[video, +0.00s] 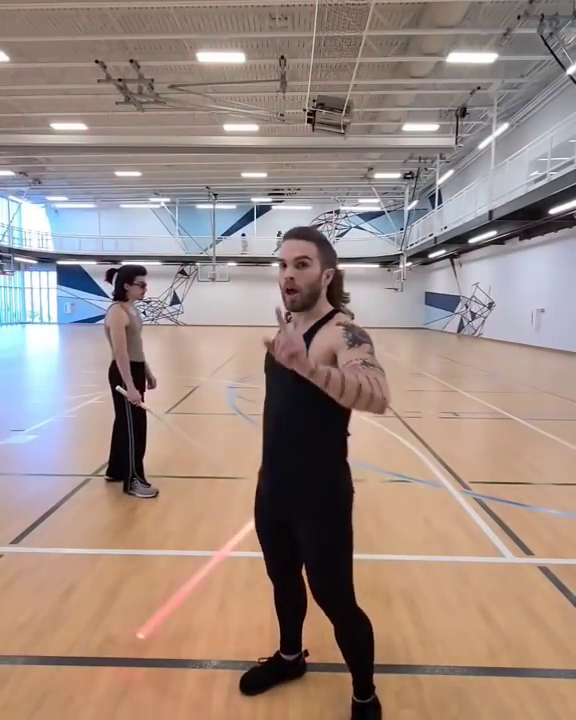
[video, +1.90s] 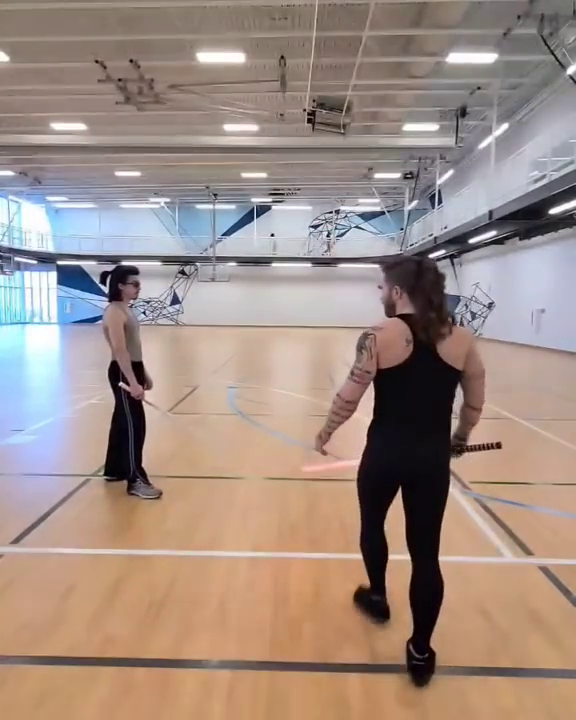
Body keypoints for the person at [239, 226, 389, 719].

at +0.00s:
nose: (288, 275)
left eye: (301, 265)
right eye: (282, 266)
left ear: (328, 275)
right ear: (277, 275)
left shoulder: (344, 333)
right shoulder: (286, 332)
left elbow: (377, 394)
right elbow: (280, 415)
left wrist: (307, 368)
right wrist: (268, 477)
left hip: (321, 491)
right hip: (275, 485)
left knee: (336, 599)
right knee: (283, 576)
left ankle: (364, 696)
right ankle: (290, 655)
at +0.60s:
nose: (281, 282)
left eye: (293, 273)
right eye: (275, 272)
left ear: (318, 279)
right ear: (268, 276)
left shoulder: (329, 335)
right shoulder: (283, 332)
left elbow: (347, 397)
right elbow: (278, 410)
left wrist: (308, 435)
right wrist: (258, 459)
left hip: (309, 484)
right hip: (272, 478)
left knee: (306, 602)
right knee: (282, 576)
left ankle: (363, 691)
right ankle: (290, 655)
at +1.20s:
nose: (344, 287)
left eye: (358, 277)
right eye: (335, 275)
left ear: (381, 281)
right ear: (326, 276)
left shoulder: (398, 347)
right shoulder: (341, 327)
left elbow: (410, 416)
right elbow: (345, 398)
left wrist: (354, 396)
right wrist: (327, 445)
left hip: (380, 494)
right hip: (339, 479)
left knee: (376, 610)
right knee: (335, 563)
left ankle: (391, 715)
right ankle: (362, 646)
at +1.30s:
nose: (339, 279)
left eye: (352, 270)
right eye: (335, 269)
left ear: (384, 277)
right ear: (332, 270)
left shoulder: (396, 342)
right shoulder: (354, 327)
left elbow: (411, 425)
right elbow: (356, 409)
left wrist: (337, 439)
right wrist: (339, 467)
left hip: (384, 489)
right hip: (355, 480)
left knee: (376, 598)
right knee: (368, 574)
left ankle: (390, 714)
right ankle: (394, 646)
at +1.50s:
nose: (346, 283)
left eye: (352, 275)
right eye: (347, 274)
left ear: (379, 281)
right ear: (386, 282)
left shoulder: (375, 339)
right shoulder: (412, 331)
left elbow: (366, 429)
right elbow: (411, 417)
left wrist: (334, 480)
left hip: (376, 491)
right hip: (412, 484)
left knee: (377, 605)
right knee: (406, 567)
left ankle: (391, 713)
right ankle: (419, 655)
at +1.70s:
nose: (371, 288)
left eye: (374, 280)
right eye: (373, 279)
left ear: (390, 284)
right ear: (419, 283)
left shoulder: (376, 333)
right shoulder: (455, 335)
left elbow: (349, 404)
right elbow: (460, 405)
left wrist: (333, 441)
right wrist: (432, 432)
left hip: (383, 469)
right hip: (434, 469)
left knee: (358, 558)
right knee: (424, 558)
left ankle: (375, 676)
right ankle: (423, 654)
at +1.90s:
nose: (382, 294)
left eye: (385, 288)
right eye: (383, 287)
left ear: (400, 293)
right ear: (426, 292)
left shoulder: (380, 336)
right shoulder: (460, 338)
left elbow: (348, 397)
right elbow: (474, 403)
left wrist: (326, 431)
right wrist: (460, 439)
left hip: (383, 456)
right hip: (431, 460)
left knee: (372, 524)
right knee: (426, 555)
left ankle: (377, 596)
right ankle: (421, 653)